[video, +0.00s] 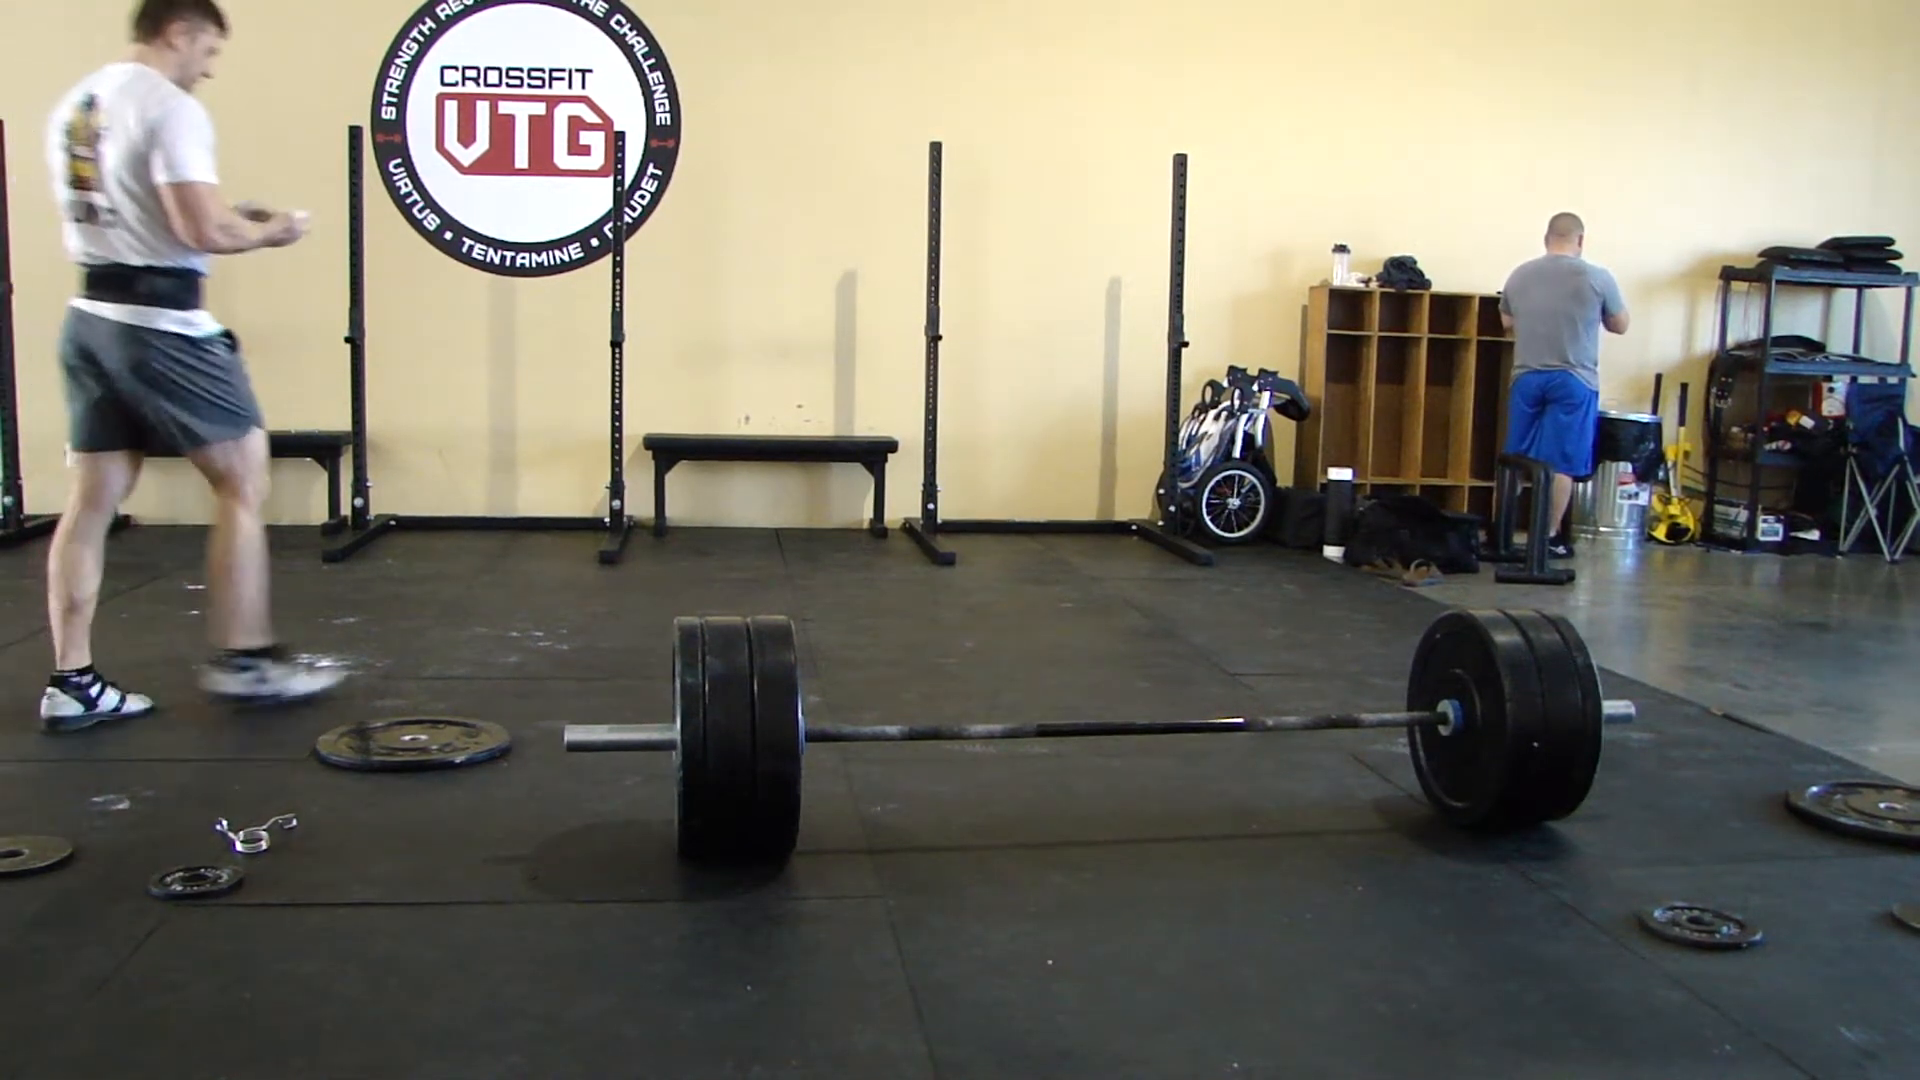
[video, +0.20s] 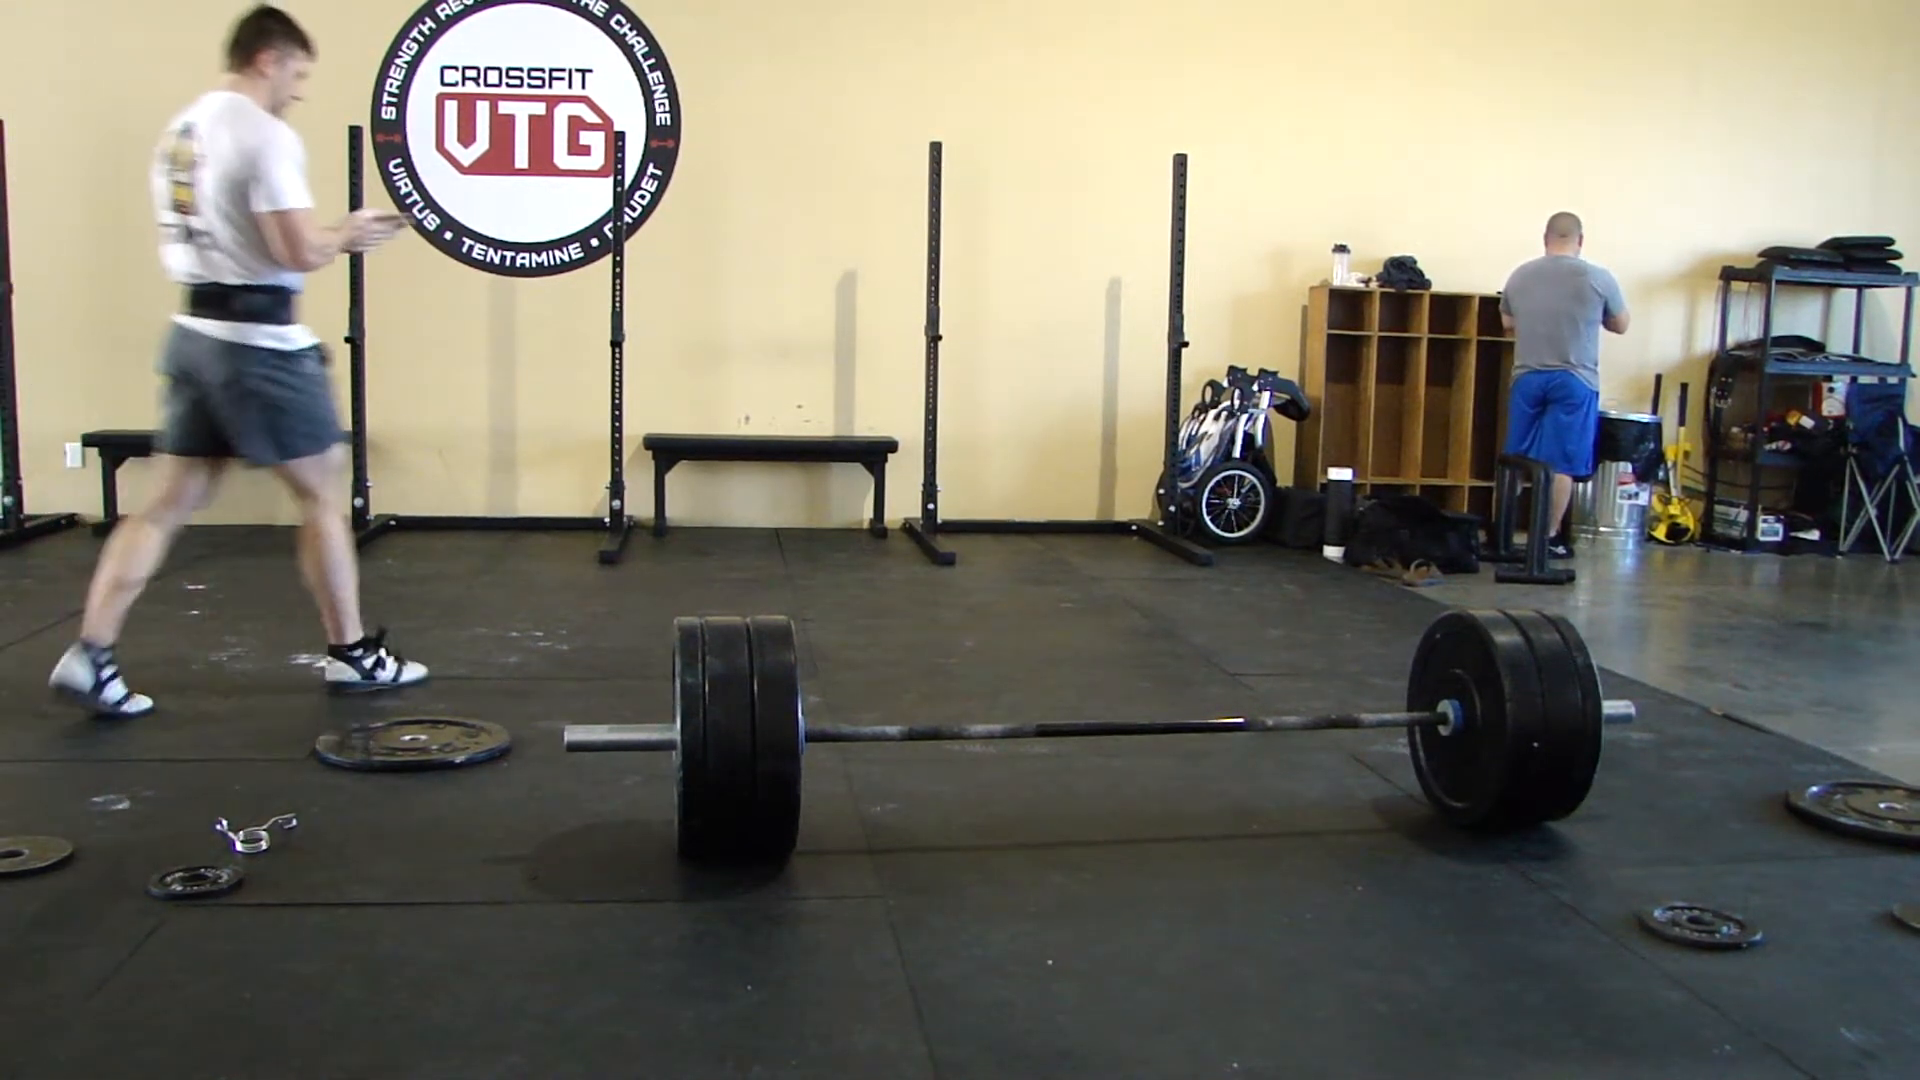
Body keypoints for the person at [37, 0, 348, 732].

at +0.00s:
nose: (211, 69)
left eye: (217, 55)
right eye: (209, 52)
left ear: (156, 32)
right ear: (175, 34)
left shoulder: (75, 102)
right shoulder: (173, 109)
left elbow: (103, 216)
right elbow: (201, 227)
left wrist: (232, 216)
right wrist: (274, 233)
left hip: (93, 322)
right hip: (167, 328)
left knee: (92, 500)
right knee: (242, 484)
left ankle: (71, 680)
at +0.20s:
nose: (302, 90)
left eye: (305, 75)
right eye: (299, 73)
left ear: (249, 61)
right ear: (267, 60)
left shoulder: (185, 125)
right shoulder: (263, 134)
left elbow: (217, 236)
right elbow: (298, 250)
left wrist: (331, 233)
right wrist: (348, 234)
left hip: (196, 341)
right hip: (265, 351)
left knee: (171, 501)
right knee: (324, 496)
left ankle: (91, 653)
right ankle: (352, 653)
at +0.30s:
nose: (346, 88)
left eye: (349, 74)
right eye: (343, 72)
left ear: (291, 62)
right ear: (313, 61)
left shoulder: (234, 125)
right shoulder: (310, 131)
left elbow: (282, 238)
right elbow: (350, 244)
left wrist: (390, 225)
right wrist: (409, 226)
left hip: (250, 334)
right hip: (314, 340)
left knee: (252, 486)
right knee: (359, 488)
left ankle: (155, 602)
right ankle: (354, 648)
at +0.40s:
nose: (380, 84)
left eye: (382, 70)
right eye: (377, 68)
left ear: (323, 58)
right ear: (346, 57)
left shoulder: (272, 122)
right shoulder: (352, 125)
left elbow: (316, 221)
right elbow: (396, 233)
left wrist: (413, 211)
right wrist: (445, 215)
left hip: (290, 326)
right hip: (351, 335)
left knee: (324, 464)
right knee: (371, 491)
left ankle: (249, 575)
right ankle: (353, 649)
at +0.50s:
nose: (413, 85)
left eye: (415, 72)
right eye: (411, 70)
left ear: (360, 58)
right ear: (383, 58)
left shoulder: (311, 122)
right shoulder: (383, 125)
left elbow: (367, 216)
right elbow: (435, 228)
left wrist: (458, 208)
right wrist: (487, 214)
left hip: (329, 324)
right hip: (383, 334)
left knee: (361, 465)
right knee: (380, 495)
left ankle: (336, 591)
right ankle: (357, 646)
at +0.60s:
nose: (449, 93)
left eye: (451, 80)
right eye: (446, 78)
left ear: (396, 70)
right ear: (416, 69)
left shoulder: (347, 132)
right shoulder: (416, 134)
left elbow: (394, 226)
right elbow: (471, 237)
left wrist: (492, 217)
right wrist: (528, 222)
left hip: (367, 327)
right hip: (413, 336)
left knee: (425, 476)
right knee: (388, 493)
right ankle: (353, 646)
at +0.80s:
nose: (519, 112)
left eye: (521, 100)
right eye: (516, 99)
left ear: (464, 94)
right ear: (487, 94)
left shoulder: (425, 152)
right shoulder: (484, 155)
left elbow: (462, 243)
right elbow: (537, 254)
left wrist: (545, 235)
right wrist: (578, 238)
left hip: (449, 338)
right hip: (483, 344)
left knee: (502, 481)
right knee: (463, 492)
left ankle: (530, 612)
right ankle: (373, 625)